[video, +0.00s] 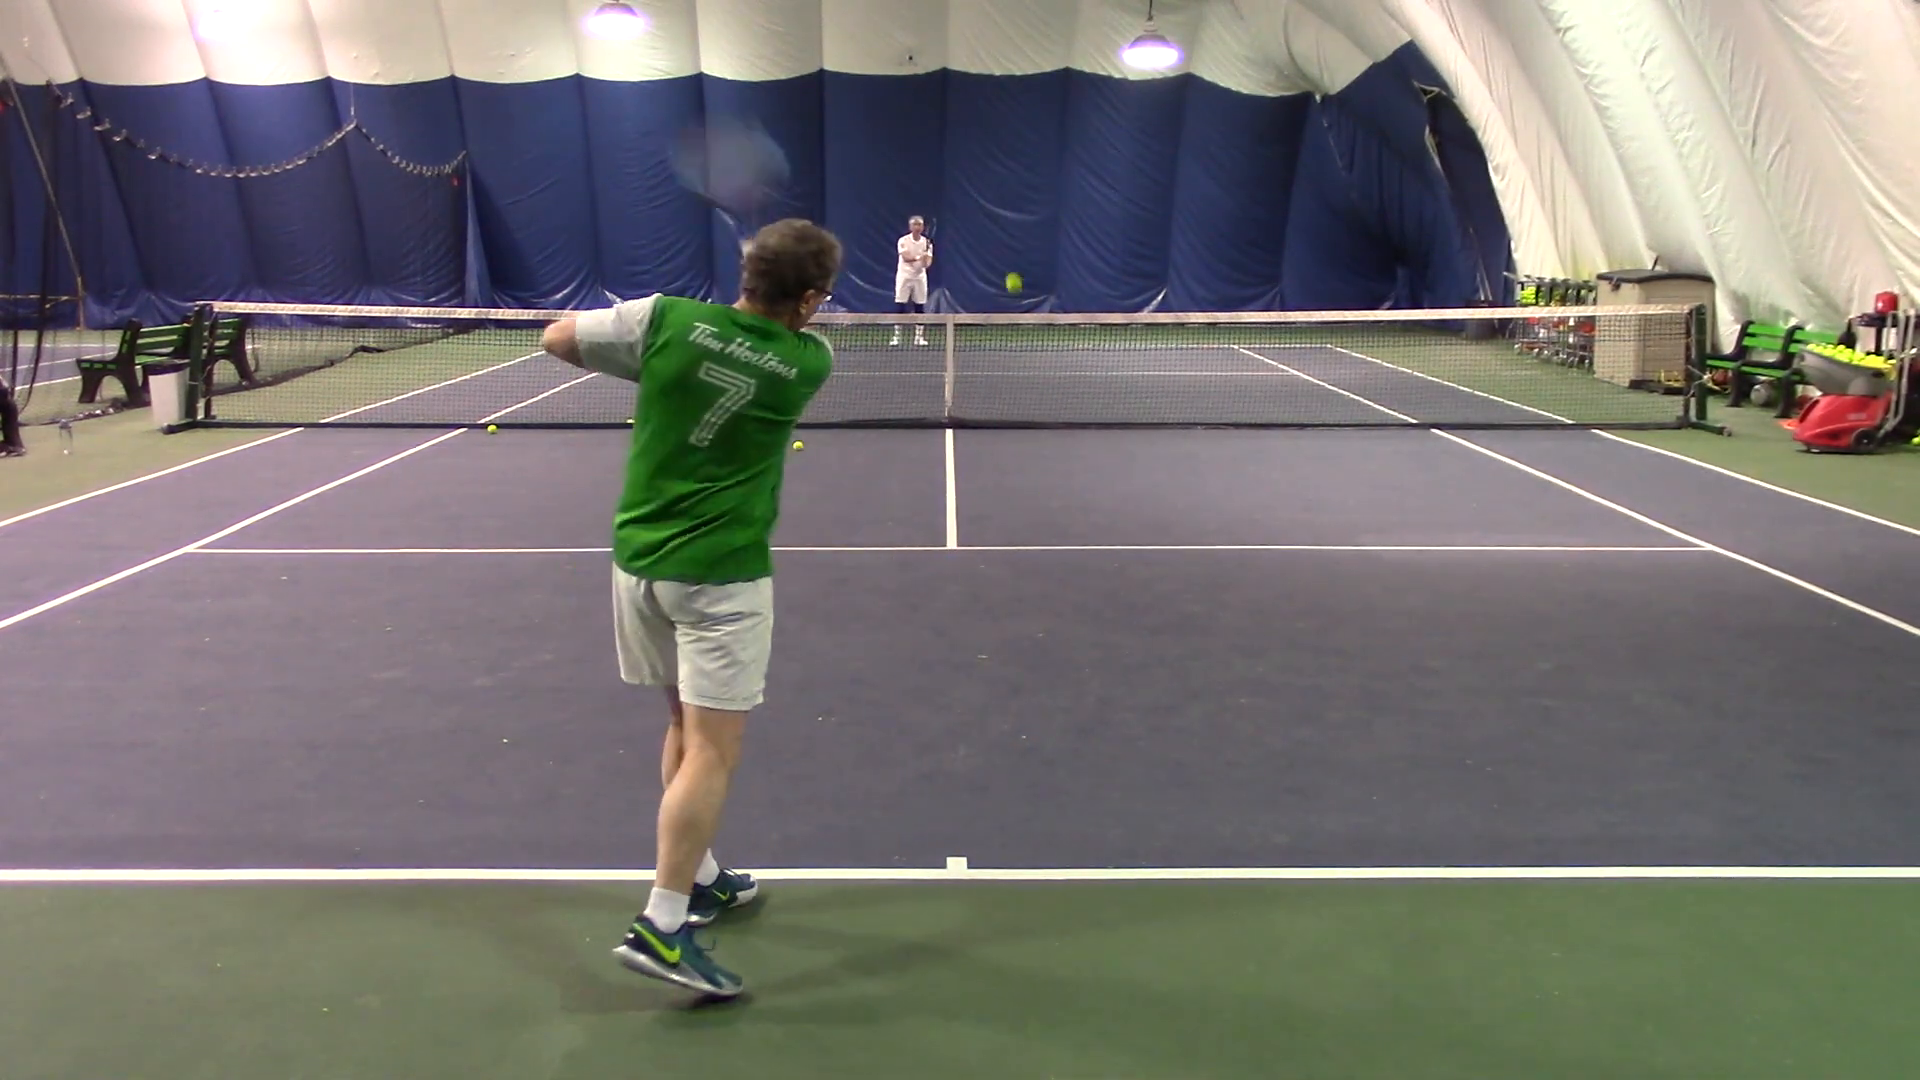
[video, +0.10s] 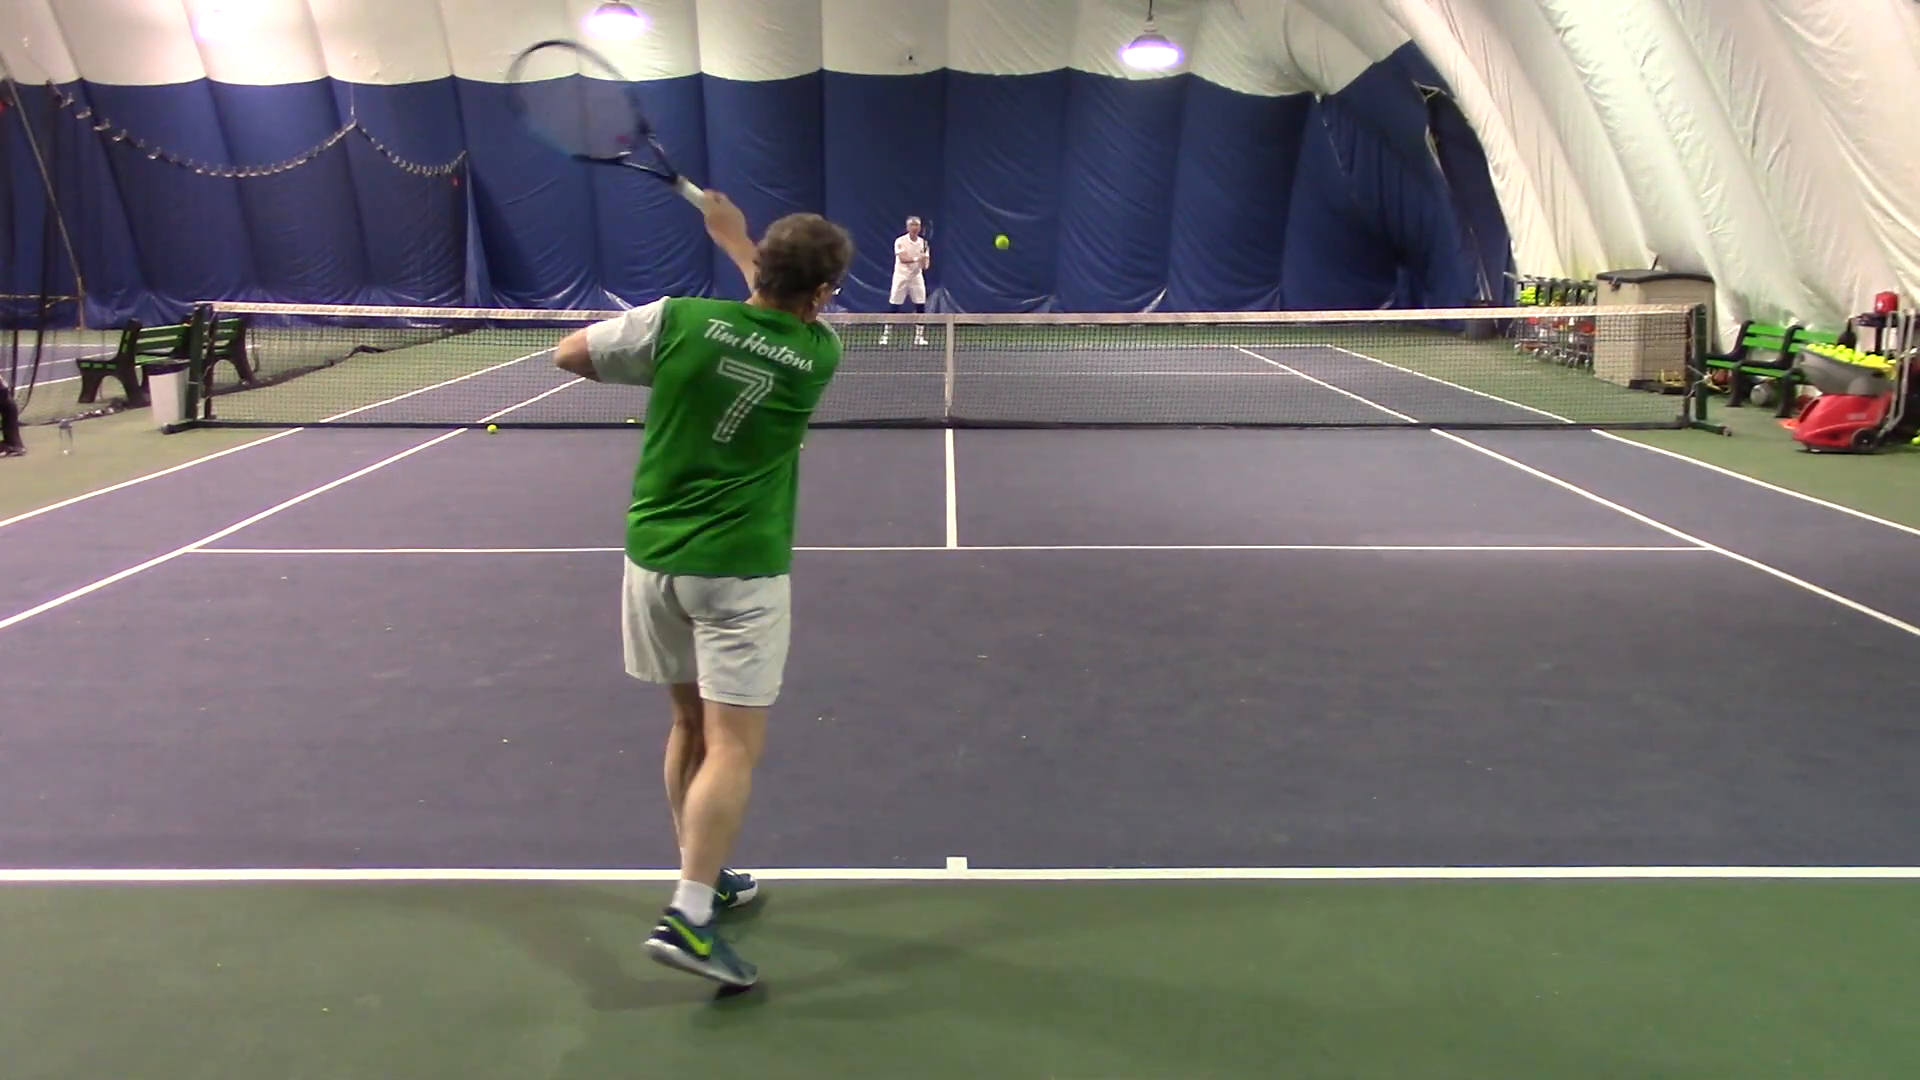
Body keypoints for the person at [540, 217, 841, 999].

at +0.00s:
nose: (825, 299)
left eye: (825, 288)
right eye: (825, 290)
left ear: (745, 277)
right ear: (807, 300)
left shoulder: (666, 320)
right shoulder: (808, 365)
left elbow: (558, 336)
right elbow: (758, 360)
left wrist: (628, 349)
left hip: (640, 562)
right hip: (724, 574)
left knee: (684, 723)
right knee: (711, 750)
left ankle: (699, 878)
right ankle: (659, 923)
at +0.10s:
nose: (830, 296)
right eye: (832, 287)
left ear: (756, 275)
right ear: (818, 295)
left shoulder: (679, 320)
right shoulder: (815, 356)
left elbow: (570, 353)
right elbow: (774, 300)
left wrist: (634, 340)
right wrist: (737, 241)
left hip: (656, 558)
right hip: (744, 570)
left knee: (688, 725)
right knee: (733, 743)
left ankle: (704, 878)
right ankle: (688, 911)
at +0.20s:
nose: (840, 293)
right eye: (842, 282)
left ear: (764, 268)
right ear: (828, 288)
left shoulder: (688, 319)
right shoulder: (827, 349)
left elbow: (585, 363)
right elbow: (779, 292)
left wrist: (637, 343)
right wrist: (725, 229)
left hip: (669, 556)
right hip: (760, 565)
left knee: (696, 722)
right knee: (767, 742)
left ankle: (696, 881)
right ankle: (745, 915)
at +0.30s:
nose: (849, 285)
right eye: (851, 276)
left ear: (778, 267)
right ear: (841, 284)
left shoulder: (698, 322)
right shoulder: (841, 349)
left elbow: (606, 381)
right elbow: (795, 302)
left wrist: (668, 347)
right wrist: (739, 254)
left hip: (686, 556)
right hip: (780, 563)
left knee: (705, 723)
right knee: (806, 738)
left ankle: (699, 883)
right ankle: (818, 919)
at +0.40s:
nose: (859, 278)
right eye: (861, 268)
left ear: (786, 265)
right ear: (856, 279)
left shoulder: (716, 324)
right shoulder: (861, 352)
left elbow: (631, 404)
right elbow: (812, 333)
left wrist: (710, 393)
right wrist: (772, 299)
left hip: (708, 558)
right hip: (803, 564)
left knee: (714, 722)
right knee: (836, 737)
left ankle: (698, 883)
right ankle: (858, 917)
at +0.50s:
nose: (874, 270)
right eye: (874, 262)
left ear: (797, 261)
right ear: (867, 272)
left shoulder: (734, 331)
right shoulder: (885, 351)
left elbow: (666, 432)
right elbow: (884, 423)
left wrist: (739, 417)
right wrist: (809, 394)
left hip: (732, 565)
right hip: (829, 571)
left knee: (721, 726)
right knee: (845, 743)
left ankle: (701, 883)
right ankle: (856, 926)